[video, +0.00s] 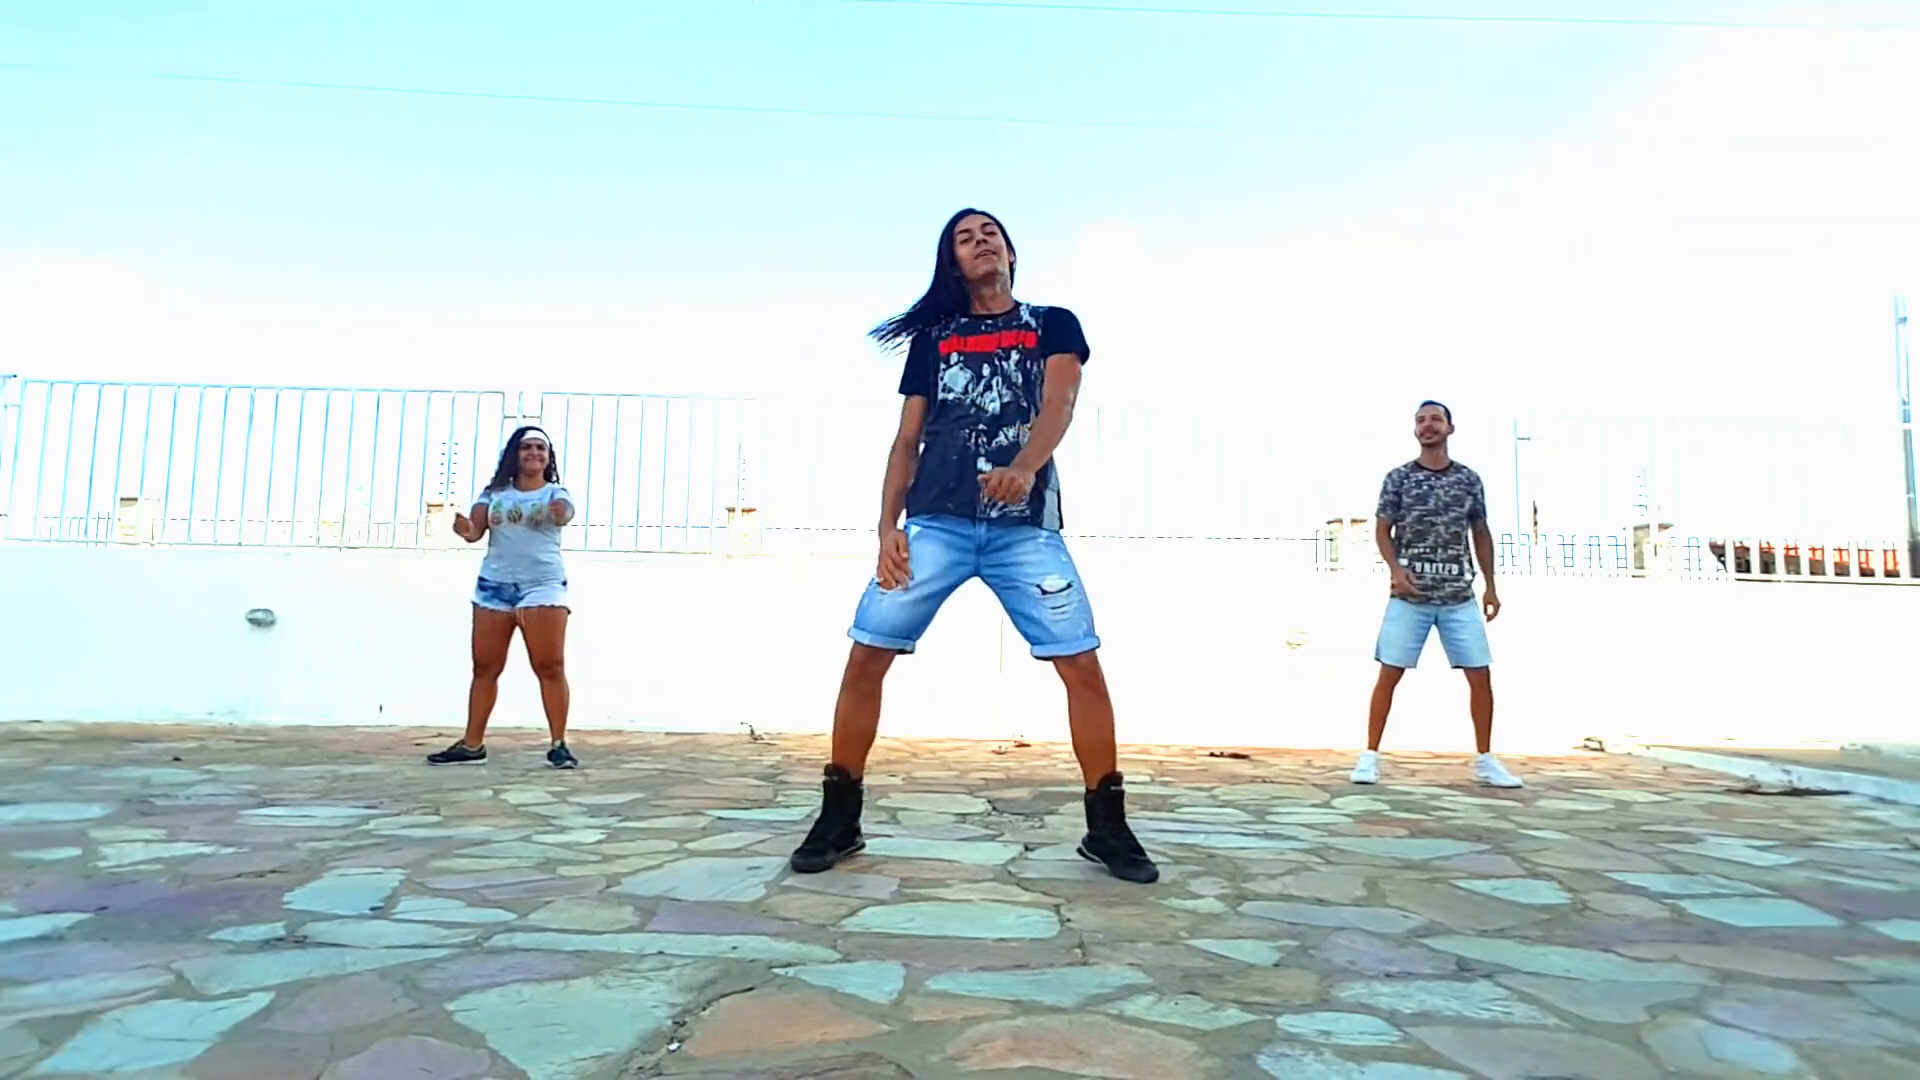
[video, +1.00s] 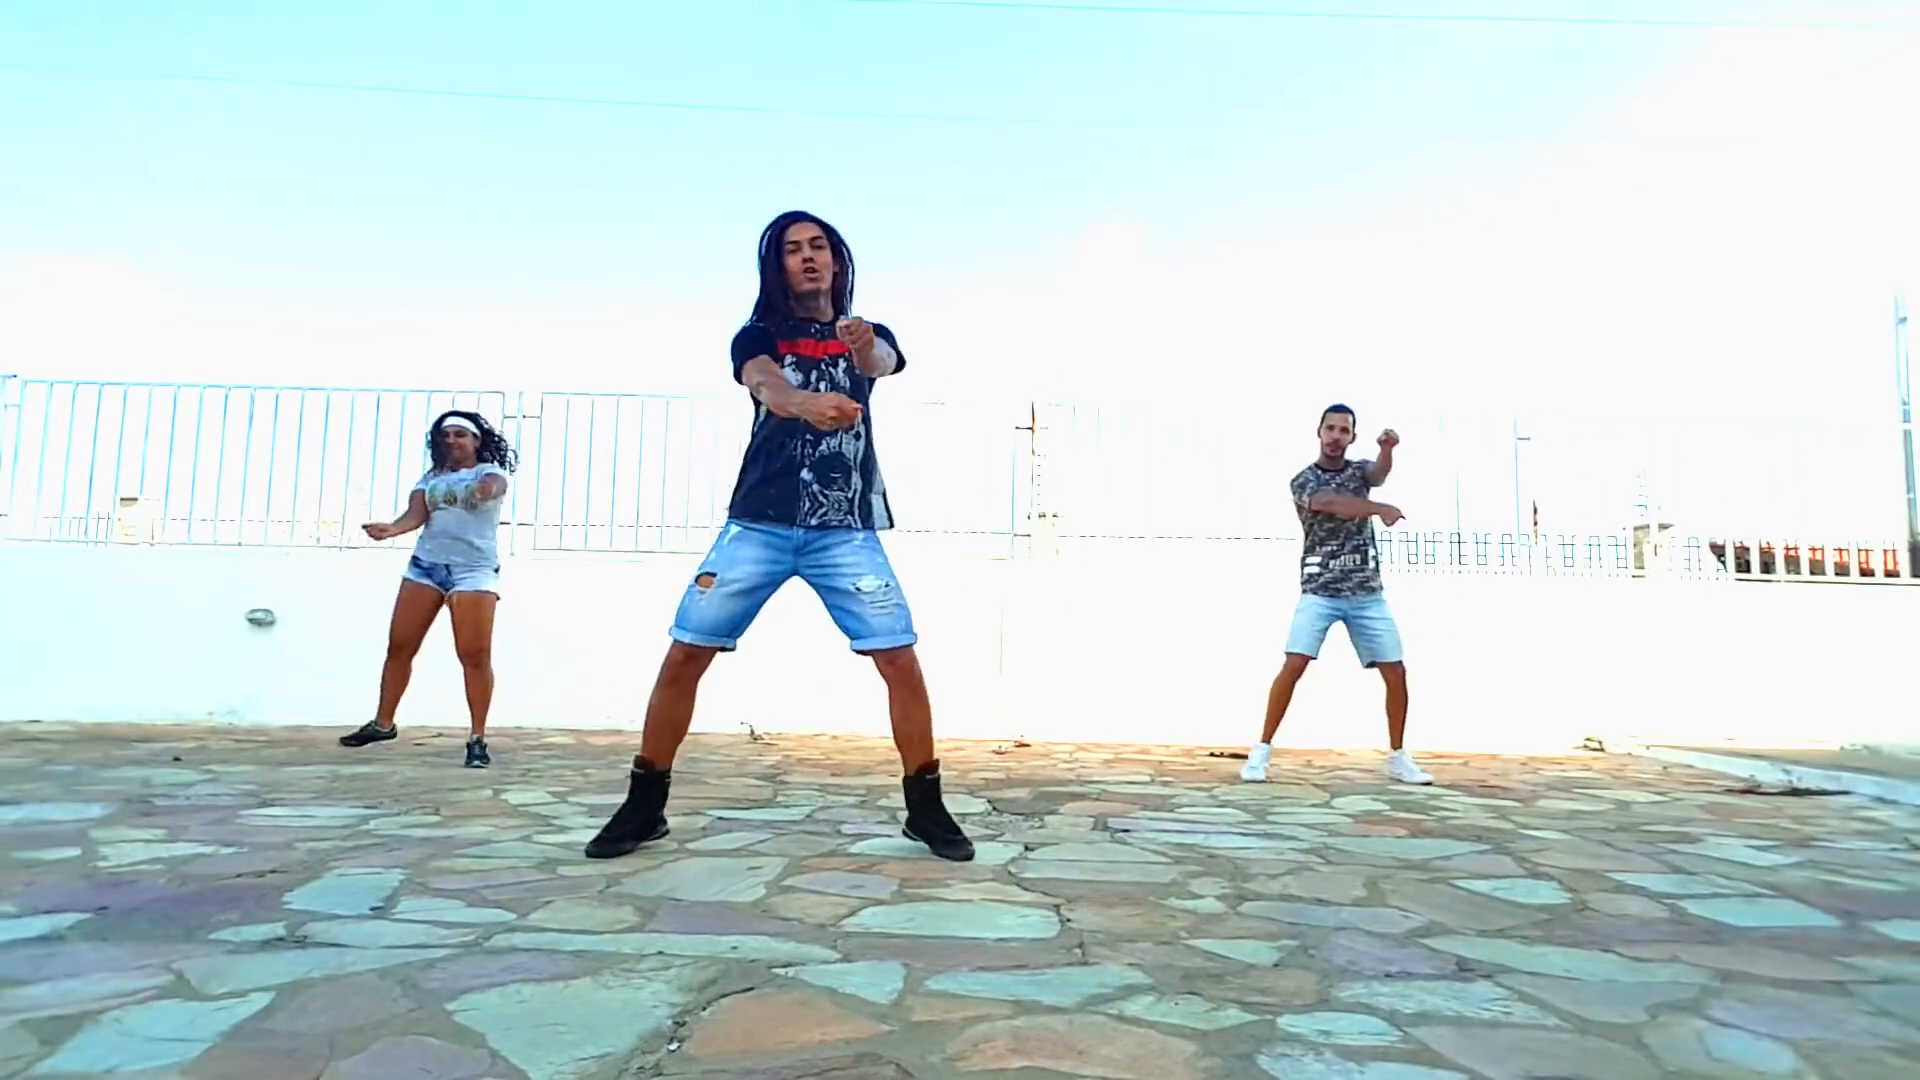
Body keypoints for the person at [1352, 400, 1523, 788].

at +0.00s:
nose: (1429, 424)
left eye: (1436, 419)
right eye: (1422, 419)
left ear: (1450, 428)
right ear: (1414, 430)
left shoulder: (1468, 480)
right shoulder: (1398, 479)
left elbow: (1481, 534)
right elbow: (1382, 532)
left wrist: (1490, 585)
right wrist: (1396, 571)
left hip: (1459, 598)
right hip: (1410, 596)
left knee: (1480, 674)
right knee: (1389, 673)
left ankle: (1485, 758)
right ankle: (1370, 755)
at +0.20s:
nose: (1430, 438)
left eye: (1437, 432)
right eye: (1424, 433)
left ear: (1452, 440)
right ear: (1416, 442)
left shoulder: (1470, 495)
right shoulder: (1400, 493)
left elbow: (1476, 551)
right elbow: (1381, 545)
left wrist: (1503, 590)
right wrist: (1376, 593)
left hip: (1461, 607)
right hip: (1412, 606)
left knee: (1493, 677)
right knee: (1390, 675)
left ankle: (1486, 760)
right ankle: (1371, 756)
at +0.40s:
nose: (1412, 417)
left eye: (1420, 411)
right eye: (1407, 409)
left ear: (1431, 417)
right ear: (1395, 413)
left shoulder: (1444, 456)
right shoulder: (1380, 464)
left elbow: (1476, 491)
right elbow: (1371, 510)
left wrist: (1507, 497)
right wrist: (1363, 547)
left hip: (1442, 575)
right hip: (1395, 574)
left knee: (1468, 655)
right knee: (1374, 650)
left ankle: (1482, 745)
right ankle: (1350, 735)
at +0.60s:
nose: (1418, 454)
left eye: (1425, 448)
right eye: (1412, 446)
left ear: (1432, 453)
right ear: (1397, 448)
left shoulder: (1435, 488)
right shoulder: (1380, 503)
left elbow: (1457, 496)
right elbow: (1398, 538)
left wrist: (1471, 482)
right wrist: (1450, 541)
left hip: (1454, 609)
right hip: (1404, 612)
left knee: (1494, 678)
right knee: (1382, 678)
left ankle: (1503, 759)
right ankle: (1349, 753)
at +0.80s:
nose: (1371, 416)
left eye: (1378, 411)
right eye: (1365, 409)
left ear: (1384, 417)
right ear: (1353, 412)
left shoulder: (1391, 451)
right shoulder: (1337, 459)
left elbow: (1410, 454)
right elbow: (1353, 484)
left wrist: (1424, 438)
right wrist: (1377, 497)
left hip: (1401, 569)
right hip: (1357, 573)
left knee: (1435, 646)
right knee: (1344, 649)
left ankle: (1455, 732)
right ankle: (1324, 733)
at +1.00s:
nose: (1337, 436)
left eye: (1344, 431)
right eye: (1331, 429)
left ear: (1352, 438)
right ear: (1319, 433)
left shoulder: (1359, 472)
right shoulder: (1304, 480)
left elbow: (1378, 474)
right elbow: (1325, 504)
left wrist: (1385, 451)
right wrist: (1376, 508)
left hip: (1367, 593)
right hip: (1320, 593)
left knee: (1395, 671)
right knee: (1295, 664)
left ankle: (1398, 756)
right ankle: (1262, 749)